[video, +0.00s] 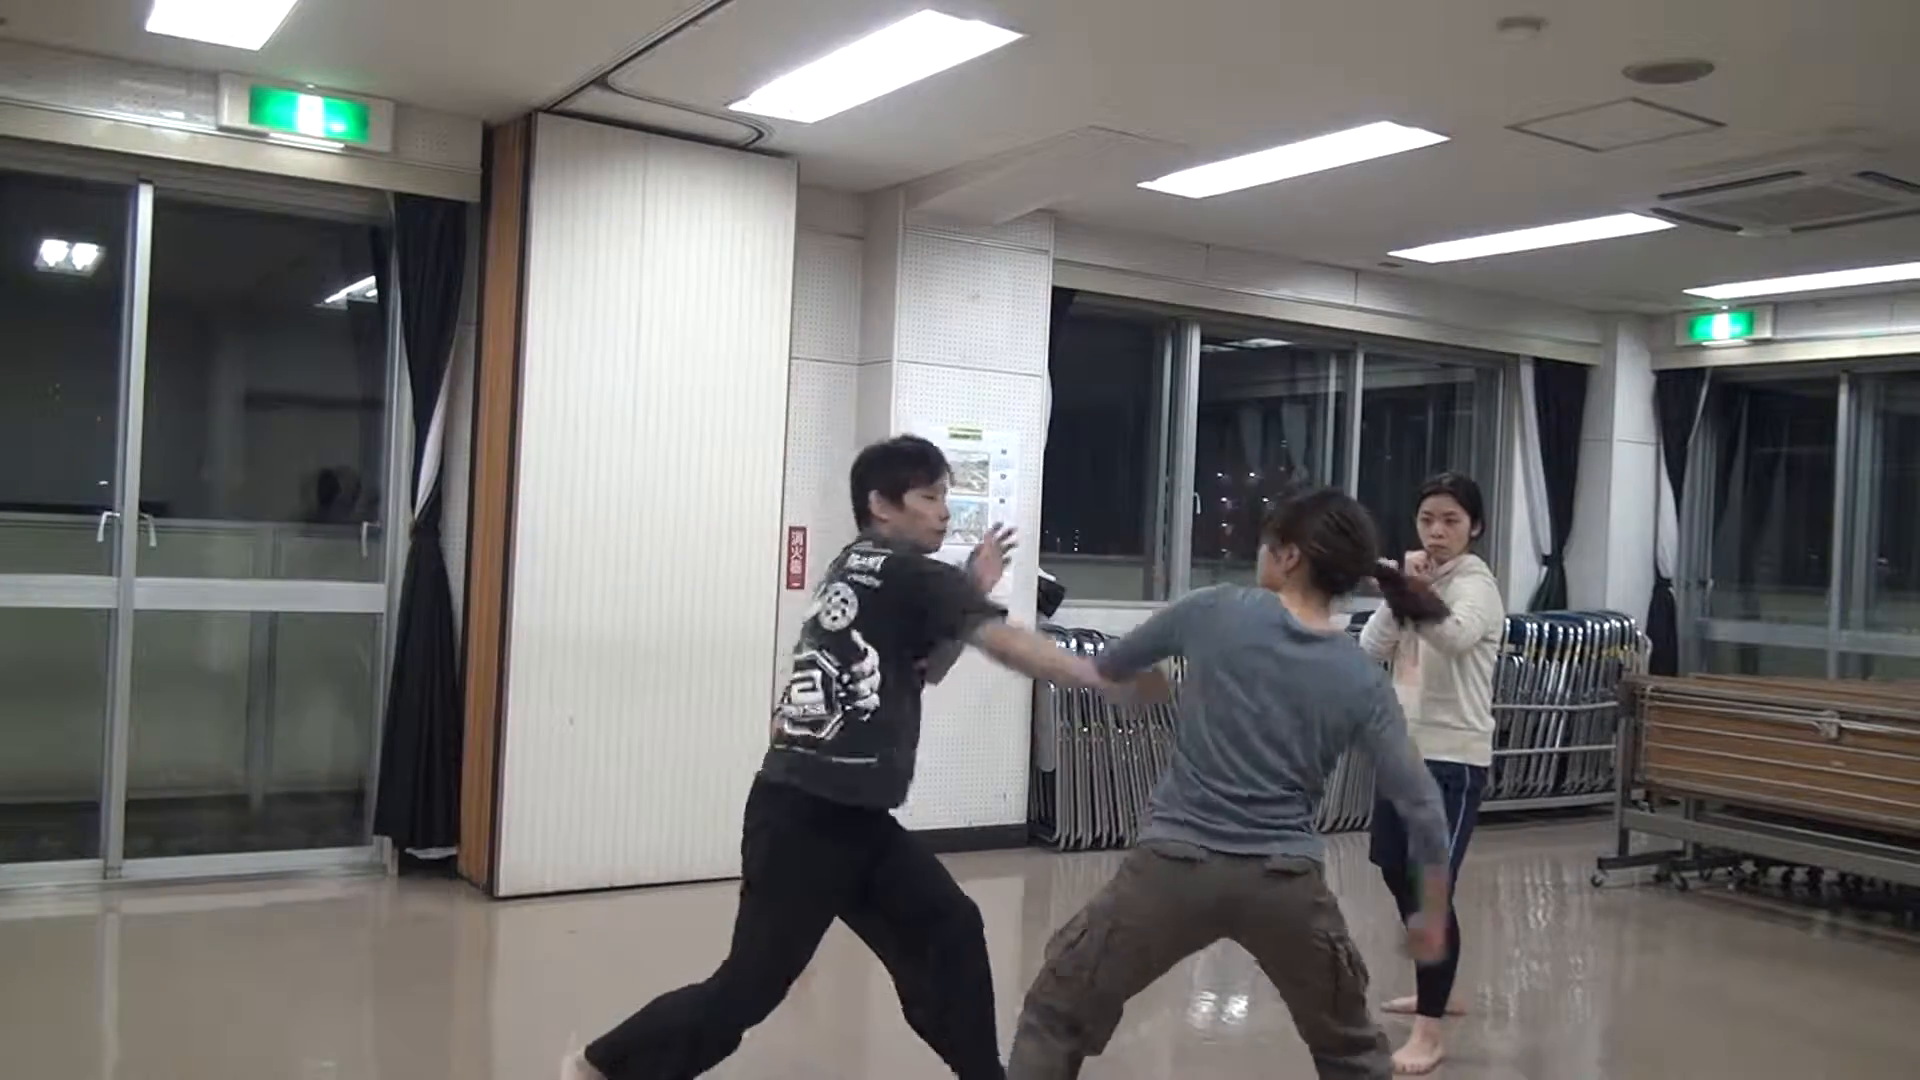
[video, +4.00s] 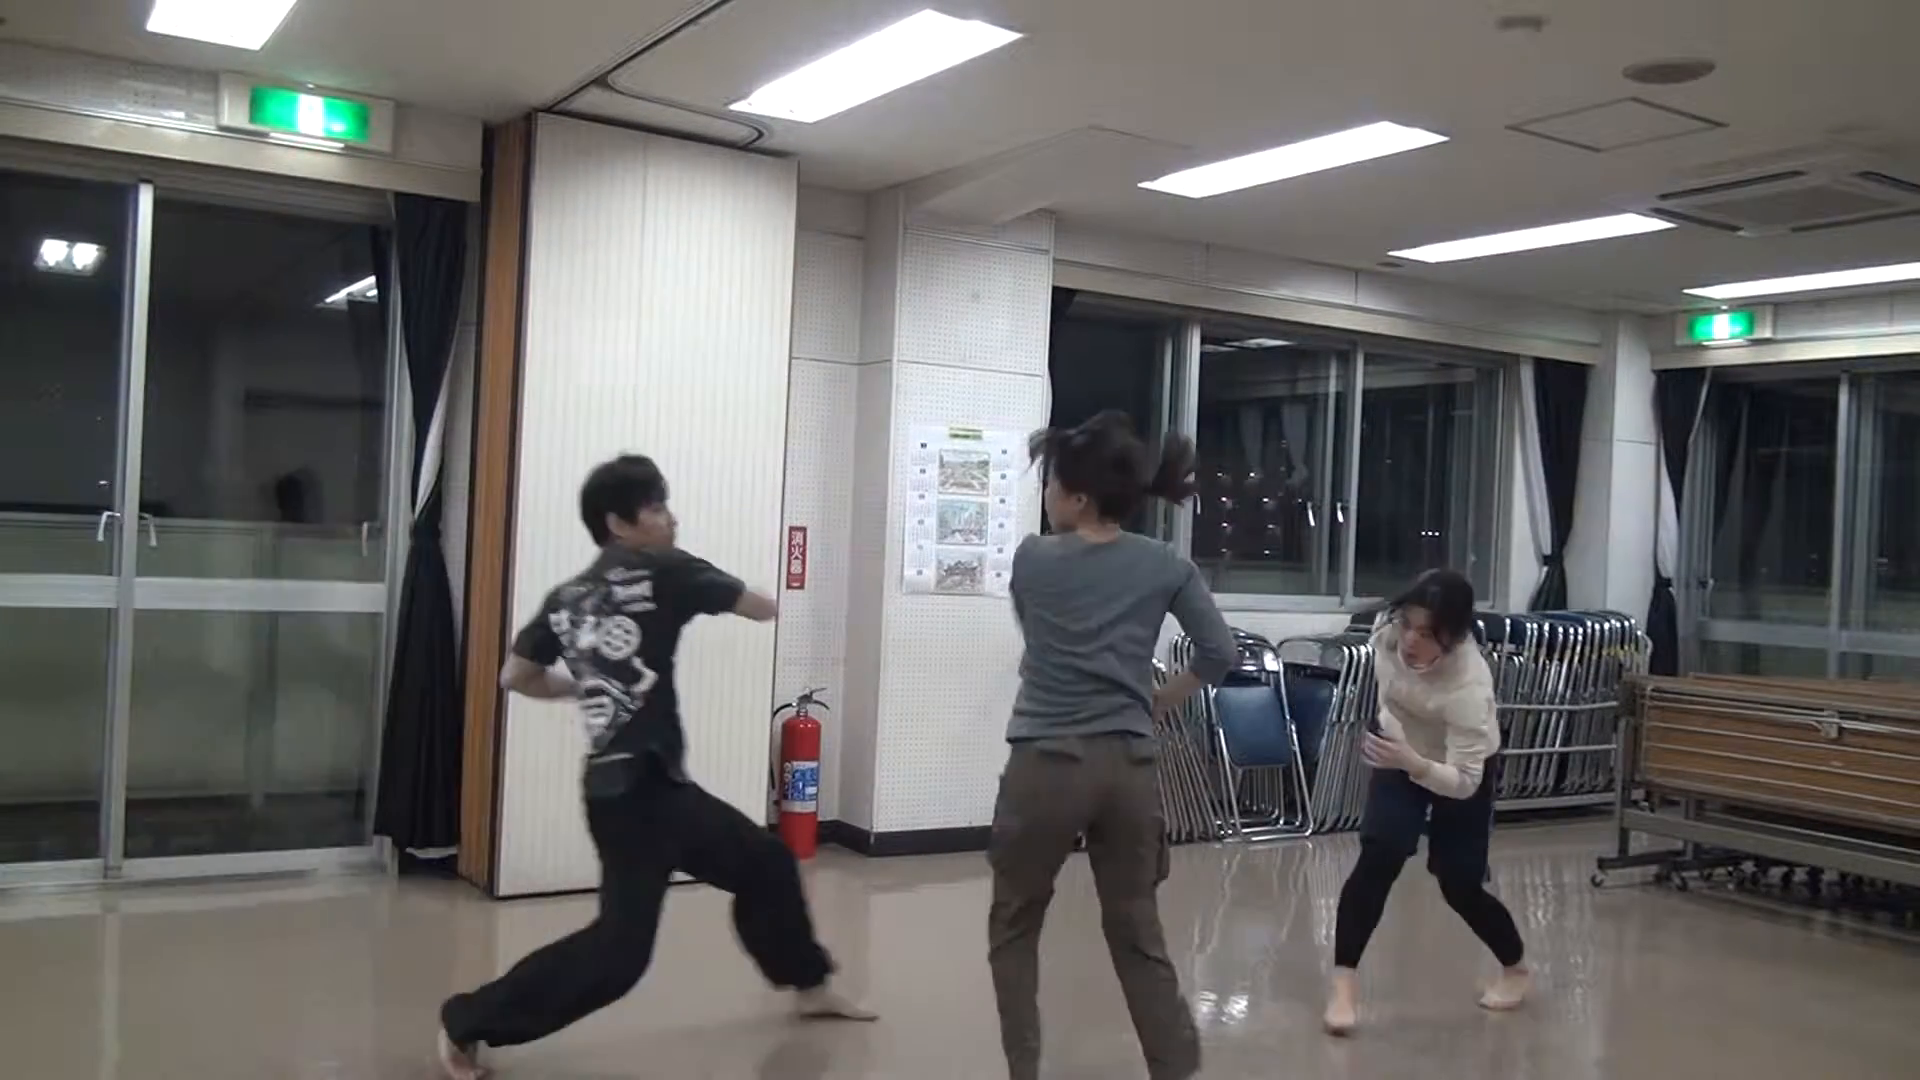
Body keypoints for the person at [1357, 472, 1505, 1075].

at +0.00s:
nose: (1437, 529)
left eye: (1450, 520)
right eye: (1428, 518)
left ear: (1473, 528)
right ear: (1417, 523)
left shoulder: (1477, 581)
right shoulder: (1413, 576)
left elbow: (1457, 637)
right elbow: (1372, 647)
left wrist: (1413, 591)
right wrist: (1406, 590)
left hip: (1455, 754)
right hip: (1405, 748)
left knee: (1433, 885)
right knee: (1389, 857)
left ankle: (1428, 1028)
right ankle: (1436, 981)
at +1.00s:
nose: (1438, 531)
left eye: (1451, 521)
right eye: (1429, 520)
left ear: (1475, 529)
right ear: (1418, 525)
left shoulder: (1480, 584)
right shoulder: (1415, 582)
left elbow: (1467, 639)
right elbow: (1373, 650)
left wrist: (1415, 597)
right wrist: (1404, 595)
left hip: (1456, 759)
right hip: (1403, 750)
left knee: (1433, 887)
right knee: (1390, 864)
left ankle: (1431, 1031)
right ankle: (1438, 984)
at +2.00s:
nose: (1445, 523)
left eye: (1457, 512)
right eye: (1435, 513)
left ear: (1483, 520)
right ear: (1425, 521)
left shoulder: (1508, 592)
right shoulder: (1397, 582)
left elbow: (1498, 651)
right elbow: (1353, 669)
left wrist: (1470, 577)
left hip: (1459, 750)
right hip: (1385, 735)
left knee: (1438, 895)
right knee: (1348, 853)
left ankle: (1410, 1024)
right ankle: (1355, 927)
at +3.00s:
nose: (1374, 536)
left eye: (1388, 526)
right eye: (1370, 524)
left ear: (1423, 531)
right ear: (1366, 524)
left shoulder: (1403, 584)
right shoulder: (1430, 575)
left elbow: (1404, 666)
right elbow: (1346, 620)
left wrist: (1373, 686)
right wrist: (1346, 580)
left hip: (1430, 726)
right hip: (1461, 752)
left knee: (1368, 794)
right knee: (1351, 905)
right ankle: (1384, 1052)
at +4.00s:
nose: (1411, 641)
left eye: (1428, 635)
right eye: (1407, 625)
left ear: (1453, 638)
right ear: (1398, 616)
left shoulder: (1469, 685)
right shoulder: (1386, 633)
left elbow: (1466, 782)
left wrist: (1410, 761)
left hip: (1461, 771)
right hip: (1399, 758)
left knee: (1459, 885)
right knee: (1380, 858)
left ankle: (1516, 968)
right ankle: (1344, 980)